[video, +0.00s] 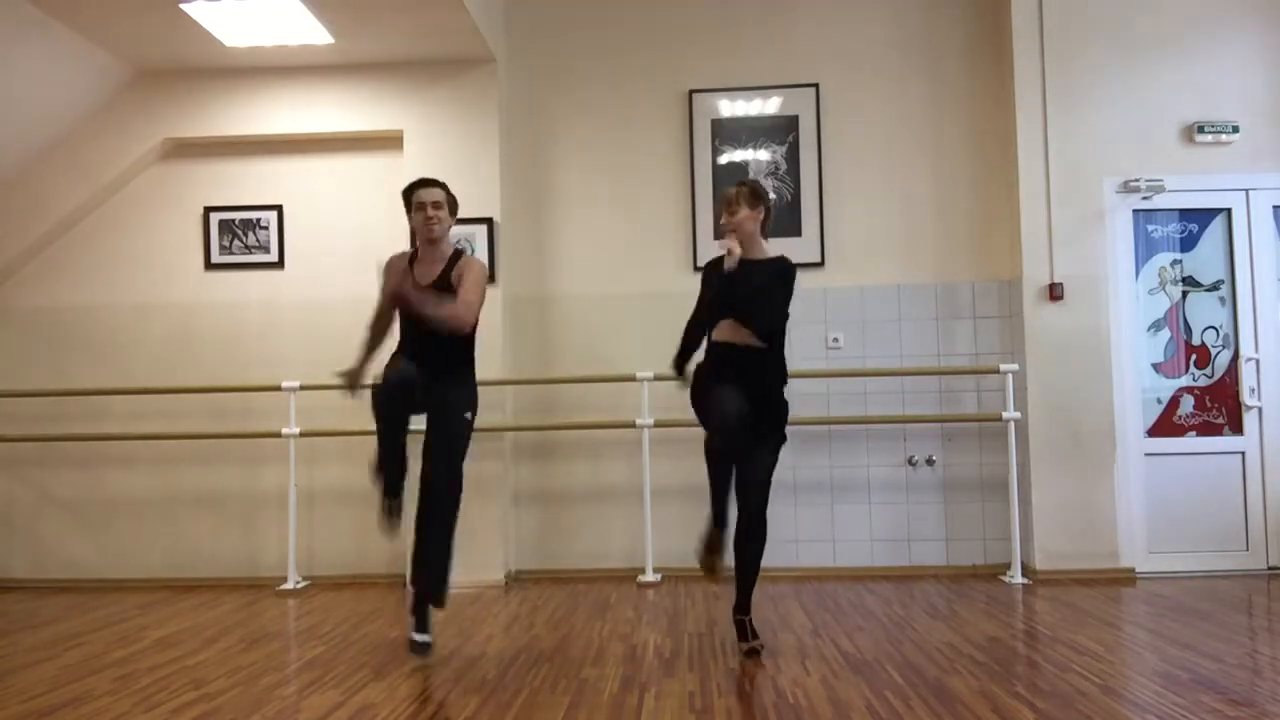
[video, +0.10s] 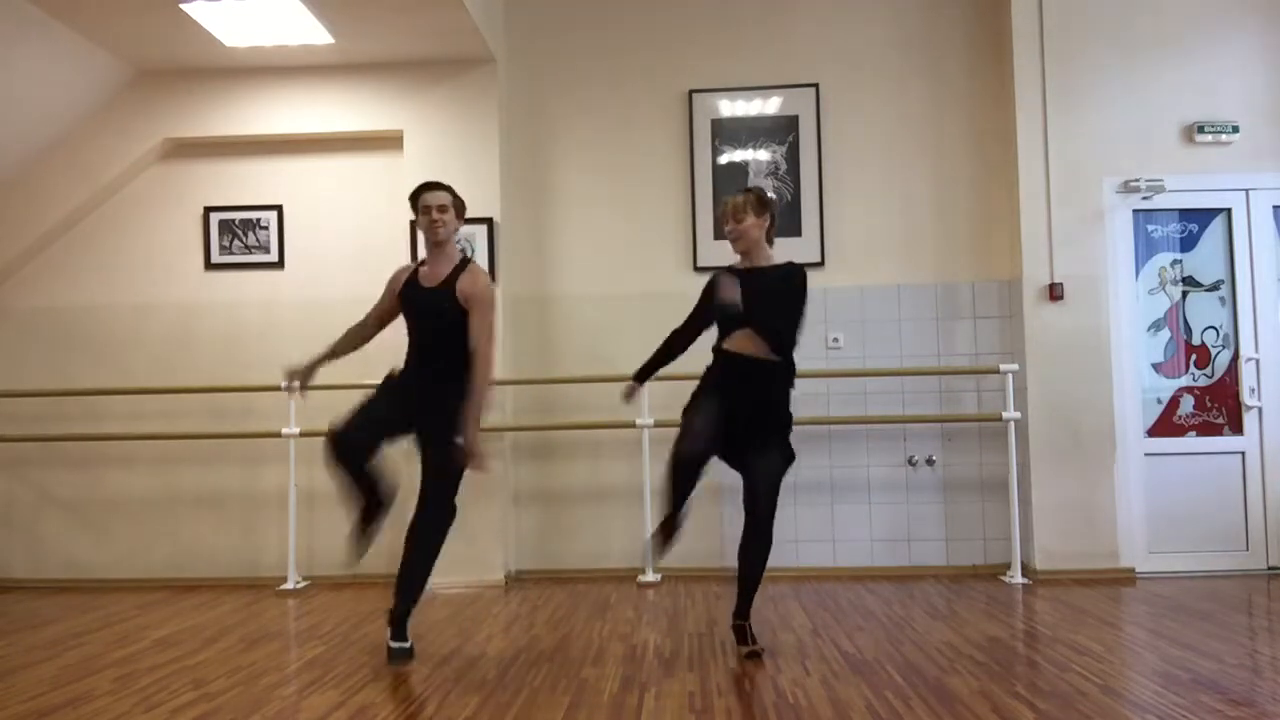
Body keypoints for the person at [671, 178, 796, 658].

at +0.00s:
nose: (730, 217)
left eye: (739, 208)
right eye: (726, 210)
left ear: (761, 214)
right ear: (722, 218)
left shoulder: (780, 268)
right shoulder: (716, 270)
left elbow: (769, 326)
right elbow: (701, 321)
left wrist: (734, 269)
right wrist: (680, 360)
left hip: (765, 385)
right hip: (718, 377)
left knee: (753, 506)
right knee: (727, 422)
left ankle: (743, 611)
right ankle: (717, 525)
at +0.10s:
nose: (732, 227)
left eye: (741, 218)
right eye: (729, 220)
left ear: (766, 222)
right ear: (727, 227)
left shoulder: (791, 275)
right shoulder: (724, 281)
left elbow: (783, 339)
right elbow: (686, 332)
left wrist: (741, 304)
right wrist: (642, 374)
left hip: (767, 398)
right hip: (718, 390)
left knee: (761, 514)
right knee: (688, 450)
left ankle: (742, 616)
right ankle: (672, 518)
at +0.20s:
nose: (732, 230)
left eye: (741, 221)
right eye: (728, 222)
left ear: (766, 224)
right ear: (726, 229)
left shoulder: (796, 280)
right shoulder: (723, 285)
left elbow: (816, 344)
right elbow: (689, 333)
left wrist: (782, 363)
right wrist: (645, 363)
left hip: (776, 415)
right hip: (724, 406)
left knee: (762, 516)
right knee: (681, 492)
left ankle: (739, 618)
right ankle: (624, 583)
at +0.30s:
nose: (734, 222)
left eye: (743, 214)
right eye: (730, 215)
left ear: (767, 220)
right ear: (727, 225)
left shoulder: (796, 276)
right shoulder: (720, 280)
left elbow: (833, 329)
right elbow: (691, 327)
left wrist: (813, 370)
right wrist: (663, 350)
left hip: (779, 396)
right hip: (728, 392)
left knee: (756, 512)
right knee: (691, 489)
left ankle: (737, 616)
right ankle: (680, 580)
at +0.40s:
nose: (749, 220)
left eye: (758, 214)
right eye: (741, 214)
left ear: (773, 223)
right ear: (732, 224)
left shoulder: (799, 273)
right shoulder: (720, 278)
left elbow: (831, 308)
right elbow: (693, 331)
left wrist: (831, 346)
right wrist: (698, 335)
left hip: (776, 397)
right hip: (726, 394)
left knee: (758, 507)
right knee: (728, 502)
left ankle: (742, 615)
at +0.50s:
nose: (756, 228)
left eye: (764, 222)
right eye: (748, 221)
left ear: (775, 231)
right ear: (736, 230)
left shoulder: (794, 286)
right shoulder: (722, 287)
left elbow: (802, 332)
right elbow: (701, 353)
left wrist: (822, 347)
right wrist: (723, 340)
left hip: (783, 403)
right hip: (738, 404)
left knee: (777, 499)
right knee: (754, 504)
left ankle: (763, 606)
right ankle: (770, 596)